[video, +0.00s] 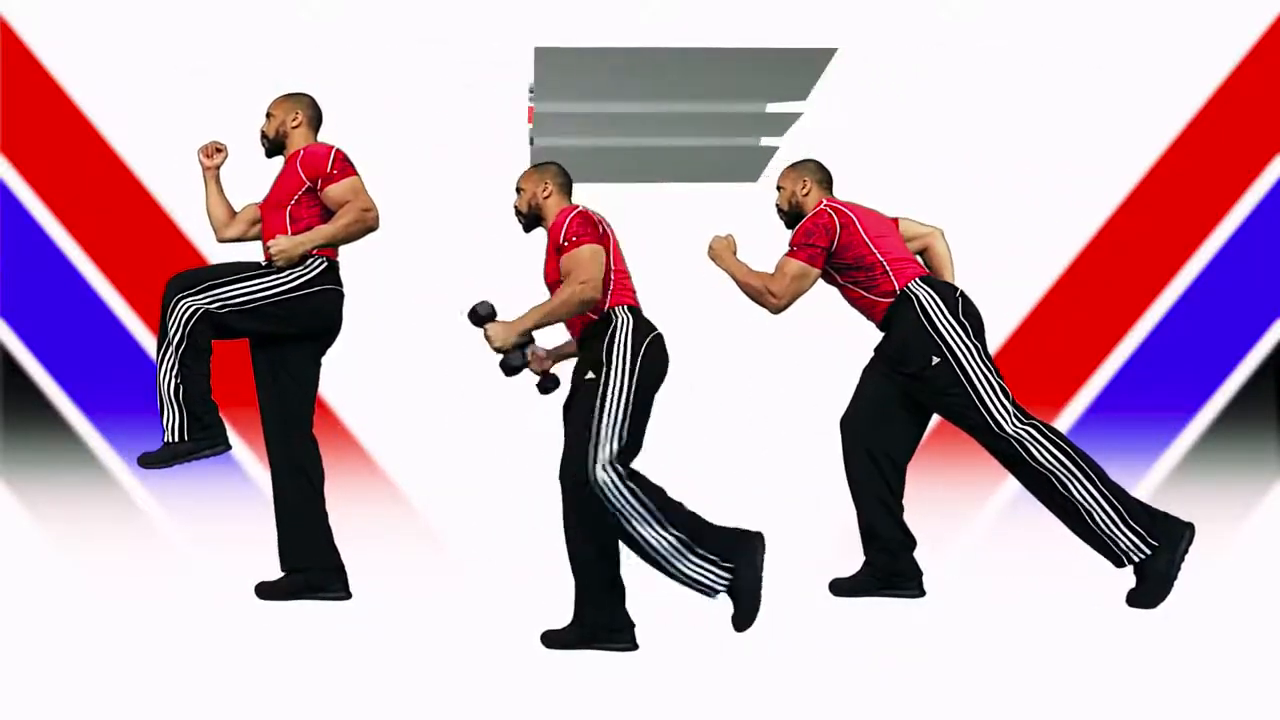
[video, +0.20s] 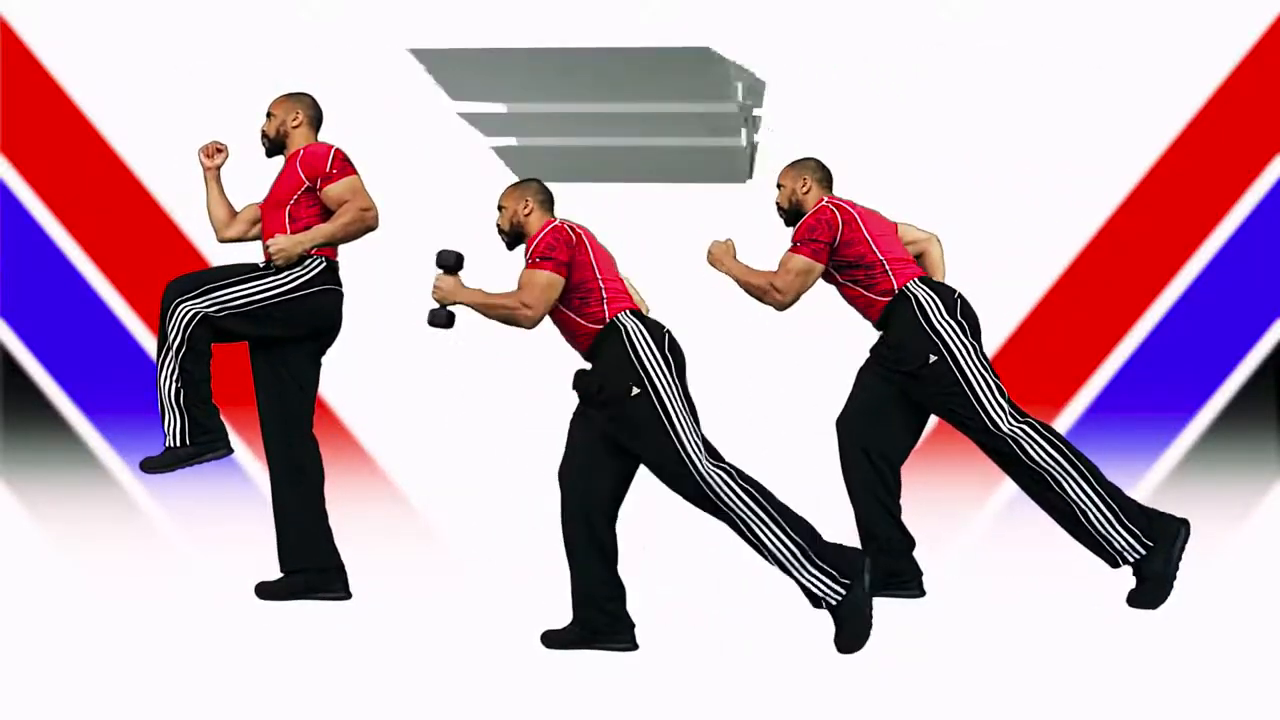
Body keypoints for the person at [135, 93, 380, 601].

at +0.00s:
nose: (262, 126)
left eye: (269, 117)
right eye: (264, 120)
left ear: (295, 117)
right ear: (296, 122)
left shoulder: (321, 156)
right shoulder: (284, 185)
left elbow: (364, 212)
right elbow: (229, 229)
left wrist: (303, 242)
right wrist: (212, 173)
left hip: (306, 278)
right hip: (296, 295)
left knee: (185, 295)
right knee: (288, 438)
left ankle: (195, 429)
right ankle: (317, 572)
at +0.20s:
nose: (263, 126)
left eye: (270, 117)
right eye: (265, 119)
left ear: (296, 118)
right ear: (296, 121)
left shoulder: (320, 156)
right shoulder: (285, 184)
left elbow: (364, 212)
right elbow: (229, 228)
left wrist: (302, 241)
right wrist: (213, 172)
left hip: (304, 278)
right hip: (298, 294)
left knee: (184, 300)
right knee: (288, 438)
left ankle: (195, 432)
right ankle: (316, 572)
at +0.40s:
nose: (261, 124)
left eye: (268, 115)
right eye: (263, 117)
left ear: (295, 116)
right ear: (294, 121)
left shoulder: (319, 155)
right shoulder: (285, 184)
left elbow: (363, 211)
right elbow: (229, 228)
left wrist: (301, 242)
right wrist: (212, 173)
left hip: (303, 280)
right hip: (301, 296)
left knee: (184, 308)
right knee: (287, 438)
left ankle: (203, 440)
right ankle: (316, 572)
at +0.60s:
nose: (263, 123)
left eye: (269, 113)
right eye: (265, 116)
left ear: (296, 114)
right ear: (297, 119)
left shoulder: (319, 156)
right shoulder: (283, 180)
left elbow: (329, 224)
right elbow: (250, 255)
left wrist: (258, 227)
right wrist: (203, 217)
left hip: (302, 283)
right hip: (295, 292)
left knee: (197, 358)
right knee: (285, 437)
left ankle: (238, 495)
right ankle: (315, 572)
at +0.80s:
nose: (260, 122)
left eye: (266, 112)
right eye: (262, 115)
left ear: (291, 111)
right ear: (300, 116)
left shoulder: (309, 152)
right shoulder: (297, 164)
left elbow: (258, 206)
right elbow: (297, 254)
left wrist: (202, 169)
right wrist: (255, 288)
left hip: (298, 287)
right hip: (292, 289)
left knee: (261, 421)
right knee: (286, 427)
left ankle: (292, 572)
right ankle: (322, 566)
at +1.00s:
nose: (256, 116)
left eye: (262, 107)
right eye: (258, 109)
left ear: (285, 108)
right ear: (297, 112)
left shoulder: (300, 147)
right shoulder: (303, 161)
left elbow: (229, 191)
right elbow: (339, 247)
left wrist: (192, 139)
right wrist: (298, 296)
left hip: (295, 285)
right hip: (292, 288)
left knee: (303, 431)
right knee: (291, 433)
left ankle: (323, 582)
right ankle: (309, 574)